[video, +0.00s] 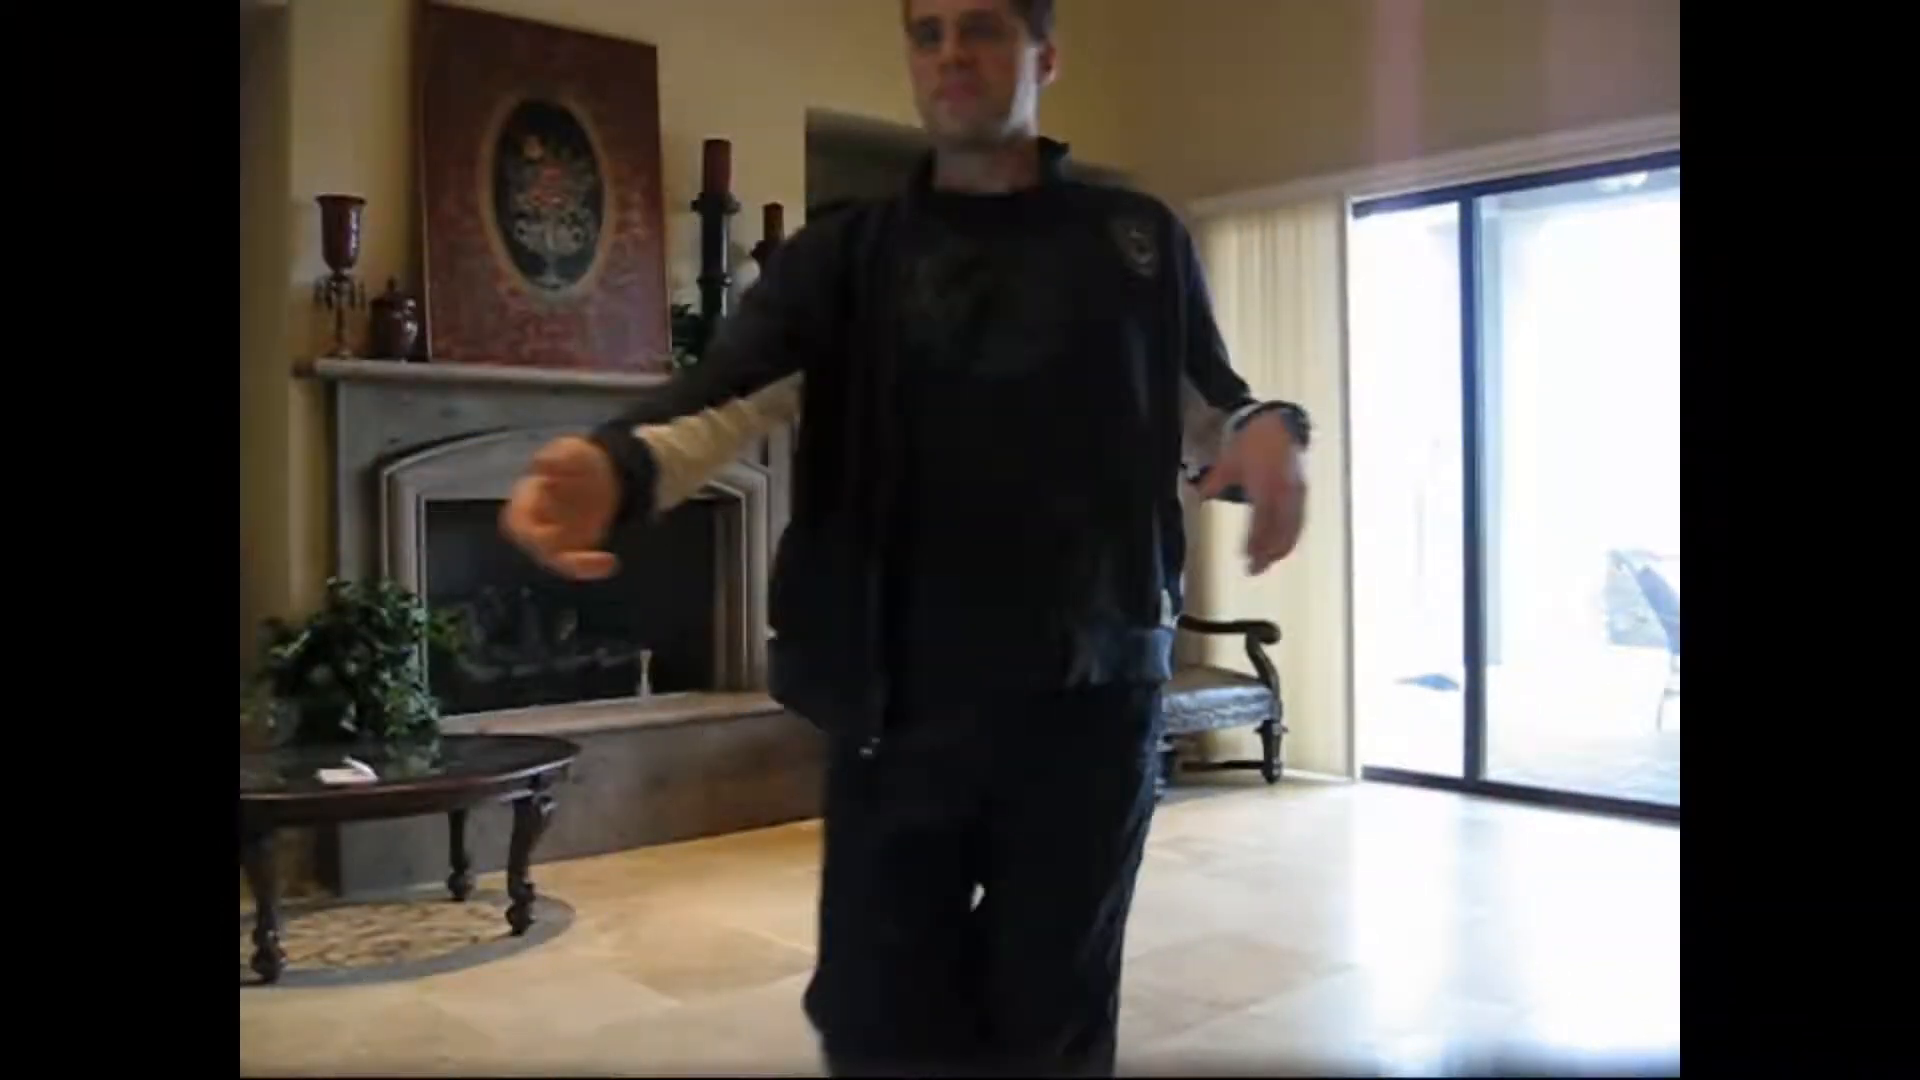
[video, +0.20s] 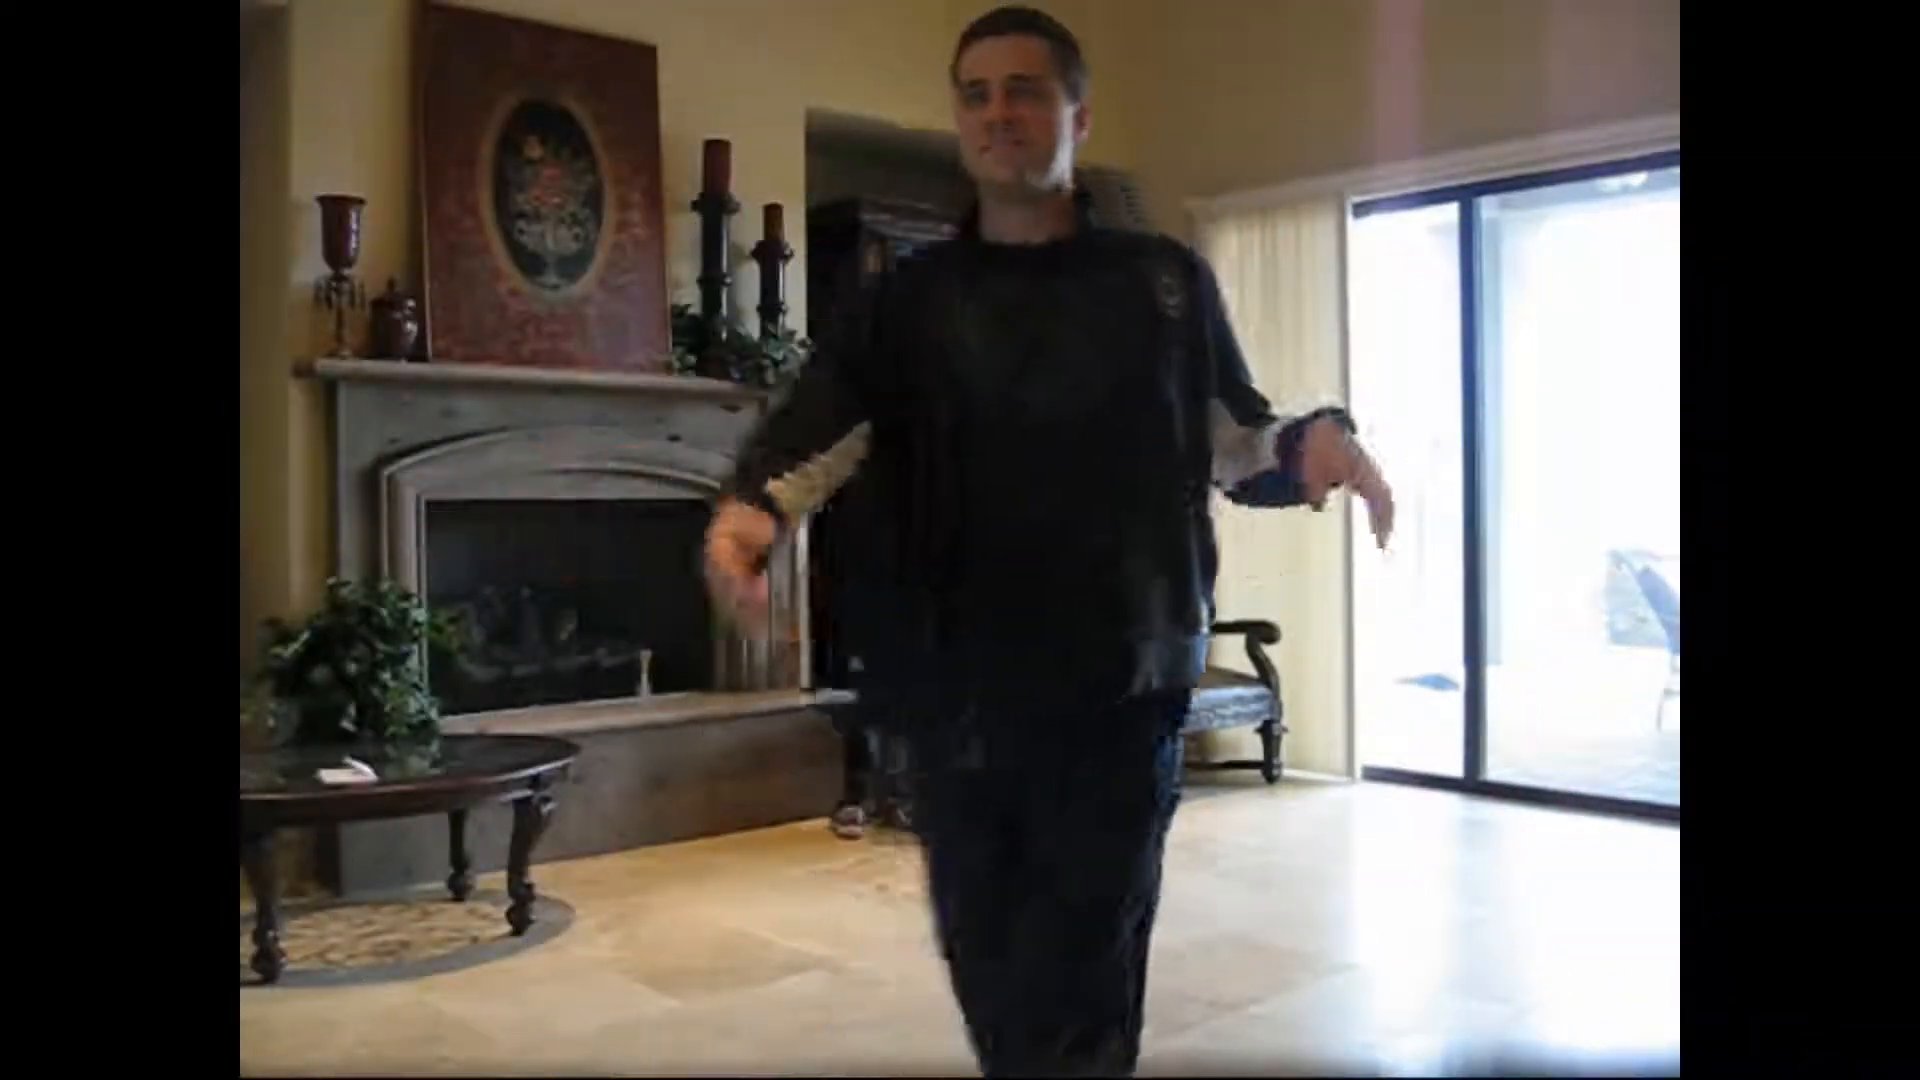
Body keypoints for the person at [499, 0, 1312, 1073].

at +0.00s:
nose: (952, 57)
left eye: (982, 31)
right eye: (928, 35)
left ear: (1045, 55)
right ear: (904, 63)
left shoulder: (1134, 233)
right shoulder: (846, 247)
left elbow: (1208, 423)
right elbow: (730, 397)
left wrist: (1263, 427)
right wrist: (619, 468)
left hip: (1088, 705)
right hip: (896, 703)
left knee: (1053, 1017)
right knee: (874, 1014)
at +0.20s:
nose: (999, 114)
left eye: (1025, 92)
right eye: (977, 95)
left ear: (1077, 115)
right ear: (954, 121)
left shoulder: (1163, 282)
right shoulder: (909, 297)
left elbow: (1232, 450)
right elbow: (817, 431)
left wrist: (1306, 442)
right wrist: (751, 501)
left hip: (1120, 681)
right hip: (959, 681)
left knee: (1084, 966)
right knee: (980, 950)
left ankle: (1085, 1072)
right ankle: (1030, 1069)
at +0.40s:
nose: (1054, 115)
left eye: (1079, 93)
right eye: (1031, 98)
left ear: (1126, 114)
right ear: (1010, 125)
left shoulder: (1207, 265)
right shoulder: (959, 286)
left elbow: (1290, 392)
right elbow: (877, 458)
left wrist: (1309, 428)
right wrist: (830, 617)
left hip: (1166, 648)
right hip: (1013, 651)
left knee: (1142, 919)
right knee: (1030, 921)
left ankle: (1146, 1065)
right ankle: (1041, 1067)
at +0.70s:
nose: (1159, 163)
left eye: (1182, 144)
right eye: (1138, 147)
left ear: (1219, 164)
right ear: (1112, 170)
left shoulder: (1295, 302)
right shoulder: (1072, 322)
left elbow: (1414, 461)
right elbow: (1017, 496)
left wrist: (1350, 418)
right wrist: (974, 641)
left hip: (1260, 668)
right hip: (1112, 668)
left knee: (1296, 920)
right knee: (1087, 928)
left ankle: (1316, 1058)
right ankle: (1068, 1069)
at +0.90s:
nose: (1230, 172)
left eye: (1251, 153)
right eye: (1210, 156)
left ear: (1288, 169)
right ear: (1187, 176)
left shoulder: (1357, 299)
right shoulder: (1156, 322)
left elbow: (1463, 452)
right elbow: (1111, 489)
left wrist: (1380, 510)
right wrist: (1063, 633)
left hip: (1326, 639)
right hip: (1192, 635)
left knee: (1329, 886)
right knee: (1157, 883)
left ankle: (1322, 1064)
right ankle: (1125, 1066)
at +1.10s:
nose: (1279, 183)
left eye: (1298, 165)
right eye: (1258, 168)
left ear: (1333, 182)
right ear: (1236, 188)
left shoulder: (1401, 309)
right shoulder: (1191, 332)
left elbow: (1478, 472)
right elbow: (1141, 487)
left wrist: (1513, 626)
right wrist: (1087, 617)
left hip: (1362, 640)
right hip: (1234, 641)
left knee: (1350, 871)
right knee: (1220, 848)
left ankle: (1339, 1058)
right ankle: (1269, 1034)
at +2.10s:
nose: (1410, 186)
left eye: (1427, 169)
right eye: (1391, 171)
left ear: (1456, 184)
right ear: (1364, 191)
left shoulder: (1518, 312)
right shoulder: (1315, 332)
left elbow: (1584, 462)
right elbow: (1275, 488)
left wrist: (1626, 597)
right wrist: (1262, 628)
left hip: (1484, 638)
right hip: (1358, 639)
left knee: (1480, 862)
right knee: (1357, 857)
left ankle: (1469, 1057)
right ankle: (1346, 1049)